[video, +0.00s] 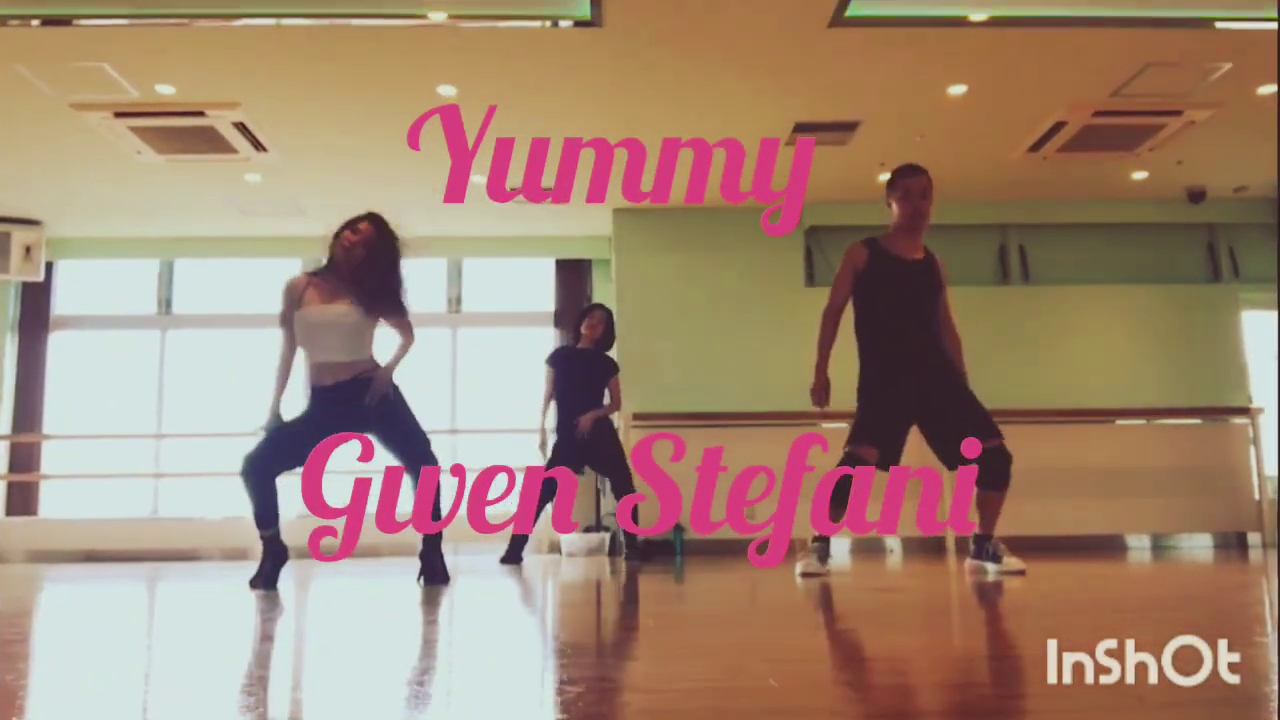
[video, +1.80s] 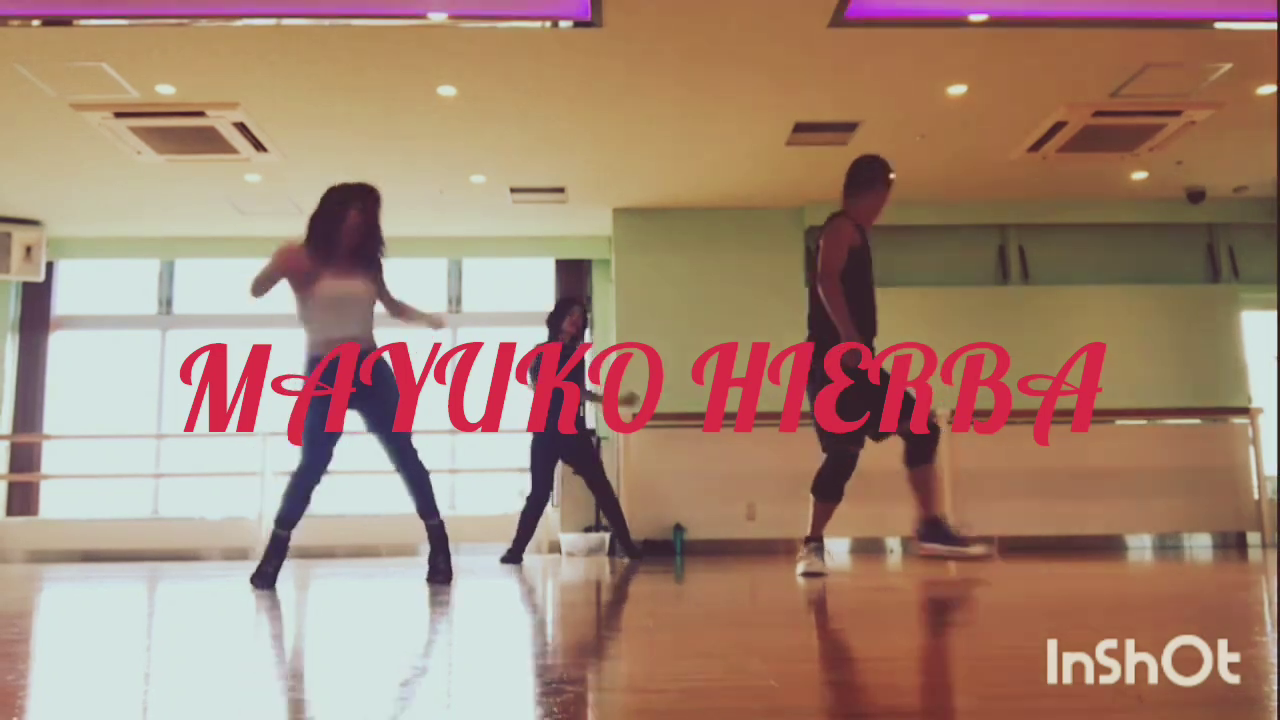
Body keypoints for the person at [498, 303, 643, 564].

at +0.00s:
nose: (592, 324)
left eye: (599, 323)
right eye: (589, 319)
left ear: (605, 331)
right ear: (581, 322)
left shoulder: (606, 363)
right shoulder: (560, 356)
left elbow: (616, 404)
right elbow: (548, 396)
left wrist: (593, 415)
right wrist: (542, 430)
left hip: (601, 436)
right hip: (568, 437)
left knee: (623, 485)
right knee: (543, 491)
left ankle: (632, 545)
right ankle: (515, 549)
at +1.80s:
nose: (576, 322)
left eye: (579, 318)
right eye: (571, 317)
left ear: (582, 324)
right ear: (558, 319)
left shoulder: (577, 353)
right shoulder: (545, 350)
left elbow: (576, 389)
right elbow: (535, 379)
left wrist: (607, 399)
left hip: (574, 431)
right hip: (546, 432)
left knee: (602, 490)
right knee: (539, 494)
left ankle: (627, 545)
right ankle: (516, 551)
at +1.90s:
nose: (573, 317)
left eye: (577, 313)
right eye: (569, 311)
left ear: (578, 316)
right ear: (555, 311)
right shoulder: (552, 345)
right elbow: (559, 378)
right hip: (551, 427)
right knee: (537, 490)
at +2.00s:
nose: (573, 319)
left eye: (575, 314)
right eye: (568, 313)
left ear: (575, 317)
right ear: (555, 313)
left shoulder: (570, 346)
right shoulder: (548, 343)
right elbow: (550, 376)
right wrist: (577, 355)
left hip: (567, 428)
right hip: (544, 427)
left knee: (580, 481)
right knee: (538, 489)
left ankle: (569, 536)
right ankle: (515, 551)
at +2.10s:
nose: (573, 328)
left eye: (573, 324)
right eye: (569, 323)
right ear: (558, 325)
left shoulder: (570, 354)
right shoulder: (549, 352)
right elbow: (542, 377)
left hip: (565, 431)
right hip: (544, 431)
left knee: (566, 492)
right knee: (548, 491)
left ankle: (558, 546)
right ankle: (519, 546)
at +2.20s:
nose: (571, 325)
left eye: (571, 320)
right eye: (568, 320)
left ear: (544, 322)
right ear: (559, 322)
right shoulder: (559, 352)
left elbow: (521, 377)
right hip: (544, 432)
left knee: (567, 493)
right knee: (548, 491)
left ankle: (560, 541)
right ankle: (518, 548)